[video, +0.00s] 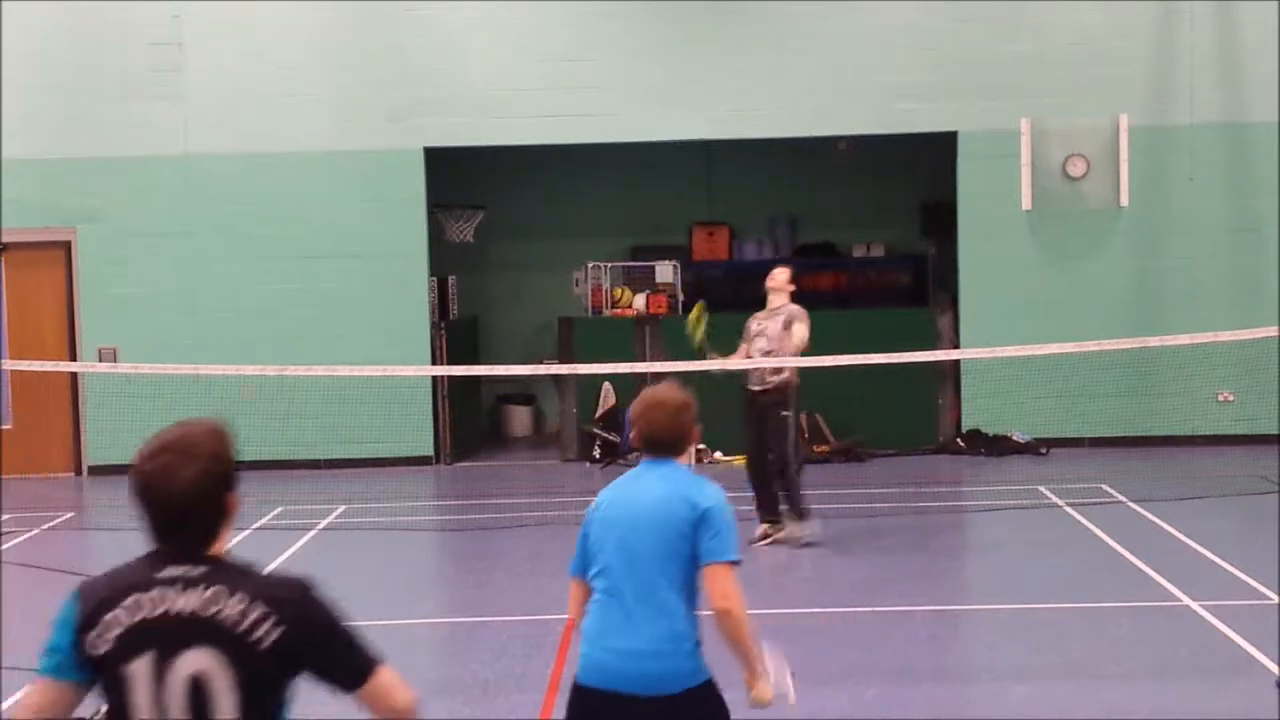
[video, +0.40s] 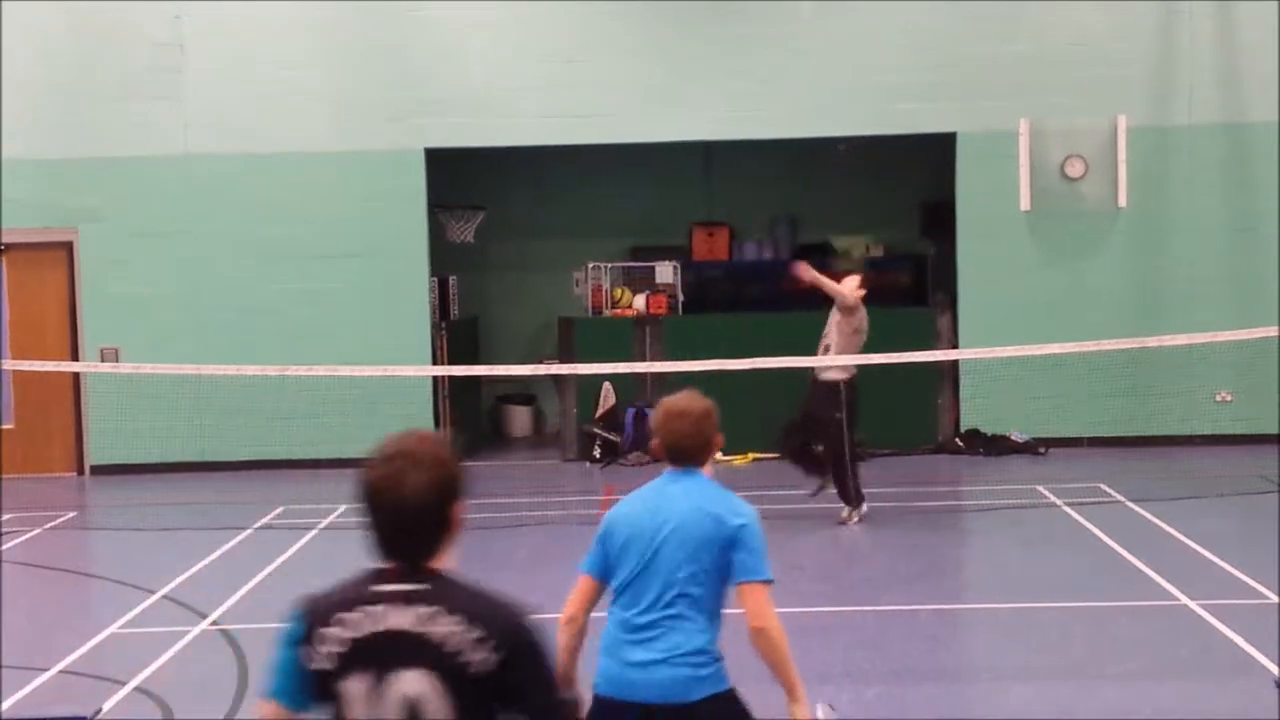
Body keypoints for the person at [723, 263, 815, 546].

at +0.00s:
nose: (771, 277)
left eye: (778, 274)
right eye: (771, 273)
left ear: (790, 286)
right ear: (767, 283)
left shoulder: (796, 313)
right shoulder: (755, 320)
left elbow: (798, 341)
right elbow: (742, 357)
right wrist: (718, 362)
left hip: (781, 388)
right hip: (756, 391)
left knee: (783, 454)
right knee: (757, 457)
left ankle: (796, 518)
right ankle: (769, 520)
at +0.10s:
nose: (792, 276)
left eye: (800, 274)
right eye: (792, 273)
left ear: (811, 285)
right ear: (790, 281)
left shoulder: (814, 308)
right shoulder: (782, 317)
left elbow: (791, 301)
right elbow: (779, 361)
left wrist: (758, 280)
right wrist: (750, 376)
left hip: (800, 389)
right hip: (777, 389)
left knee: (801, 453)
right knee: (767, 452)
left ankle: (832, 491)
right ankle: (767, 516)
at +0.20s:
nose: (812, 285)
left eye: (819, 282)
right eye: (813, 281)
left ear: (831, 292)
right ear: (814, 286)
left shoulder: (830, 314)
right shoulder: (810, 317)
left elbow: (802, 287)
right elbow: (801, 363)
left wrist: (771, 263)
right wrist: (770, 366)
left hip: (819, 395)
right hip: (796, 393)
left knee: (828, 451)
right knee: (777, 449)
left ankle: (849, 501)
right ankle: (767, 509)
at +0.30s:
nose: (830, 289)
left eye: (836, 287)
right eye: (830, 286)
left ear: (847, 297)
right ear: (830, 293)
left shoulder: (845, 320)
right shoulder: (825, 321)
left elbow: (815, 289)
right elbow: (821, 355)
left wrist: (787, 262)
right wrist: (805, 342)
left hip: (832, 399)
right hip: (812, 397)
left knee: (836, 454)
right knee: (782, 444)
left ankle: (854, 505)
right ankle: (794, 497)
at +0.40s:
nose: (842, 288)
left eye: (848, 285)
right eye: (842, 285)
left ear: (860, 293)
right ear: (842, 289)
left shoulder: (856, 313)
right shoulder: (840, 310)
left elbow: (846, 298)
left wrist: (814, 277)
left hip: (840, 385)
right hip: (822, 383)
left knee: (840, 445)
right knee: (793, 440)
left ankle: (854, 501)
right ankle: (822, 470)